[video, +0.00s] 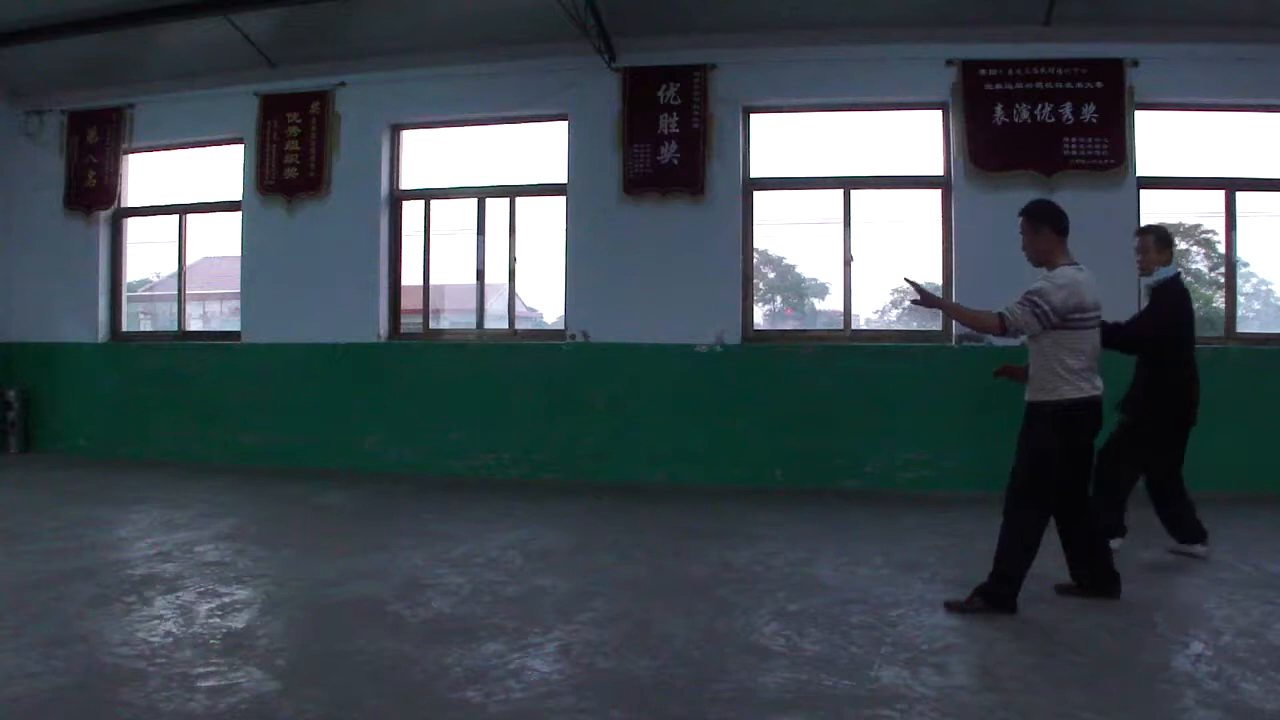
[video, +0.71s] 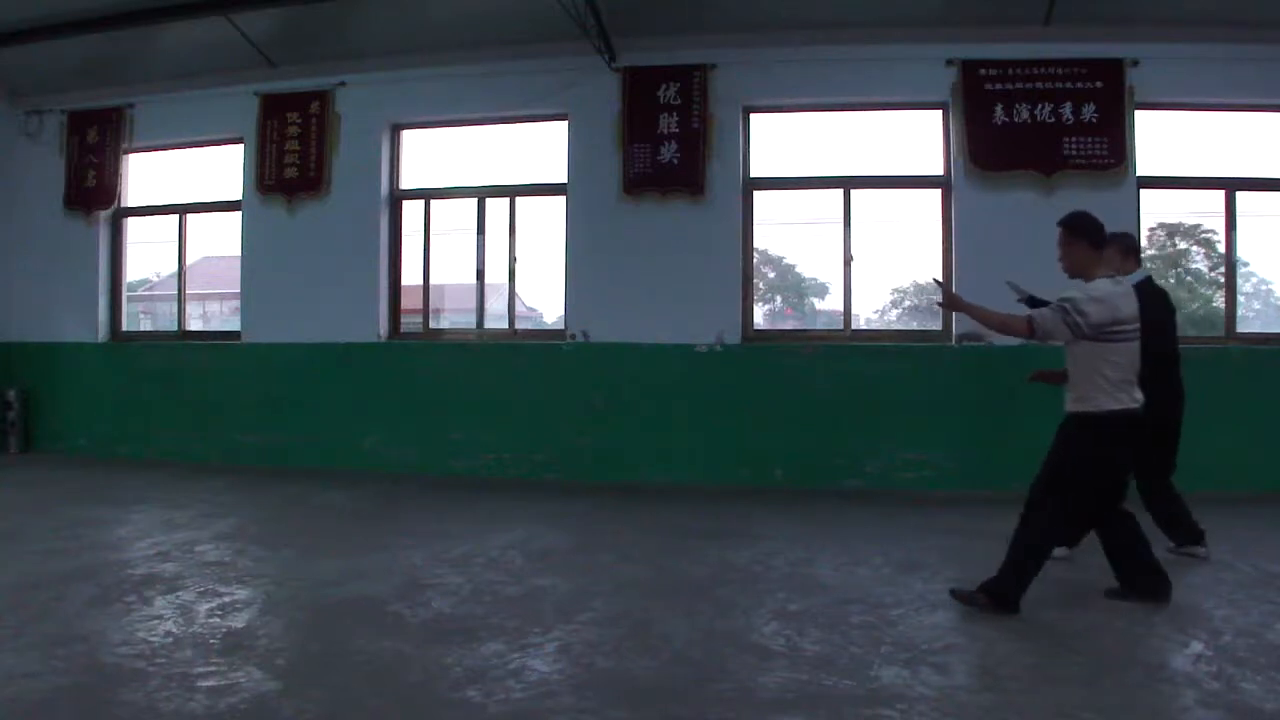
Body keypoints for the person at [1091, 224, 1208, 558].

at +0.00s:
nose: (1137, 258)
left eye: (1143, 252)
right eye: (1137, 252)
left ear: (1164, 253)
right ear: (1159, 255)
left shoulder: (1167, 295)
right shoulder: (1169, 292)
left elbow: (1136, 338)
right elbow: (1135, 335)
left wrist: (1093, 330)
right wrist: (1097, 328)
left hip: (1159, 403)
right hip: (1170, 401)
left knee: (1113, 461)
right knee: (1162, 471)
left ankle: (1107, 532)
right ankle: (1191, 537)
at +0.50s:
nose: (1134, 264)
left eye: (1139, 257)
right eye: (1136, 257)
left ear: (1156, 259)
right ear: (1163, 261)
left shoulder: (1154, 301)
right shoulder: (1183, 301)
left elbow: (1102, 324)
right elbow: (1142, 338)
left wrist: (1057, 319)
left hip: (1152, 406)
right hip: (1177, 404)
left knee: (1114, 474)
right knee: (1155, 478)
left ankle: (1066, 538)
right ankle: (1191, 540)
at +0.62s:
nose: (1119, 265)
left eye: (1123, 258)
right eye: (1119, 258)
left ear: (1141, 259)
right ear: (1148, 260)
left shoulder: (1136, 302)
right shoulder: (1169, 296)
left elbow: (1124, 359)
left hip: (1144, 405)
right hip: (1171, 401)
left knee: (1108, 476)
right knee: (1155, 478)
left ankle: (1064, 539)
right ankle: (1191, 540)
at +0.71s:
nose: (1103, 265)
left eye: (1108, 259)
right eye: (1104, 259)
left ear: (1128, 259)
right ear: (1135, 261)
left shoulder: (1132, 296)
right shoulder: (1157, 293)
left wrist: (1037, 303)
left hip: (1143, 399)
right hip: (1165, 397)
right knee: (1152, 475)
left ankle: (1066, 537)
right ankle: (1189, 539)